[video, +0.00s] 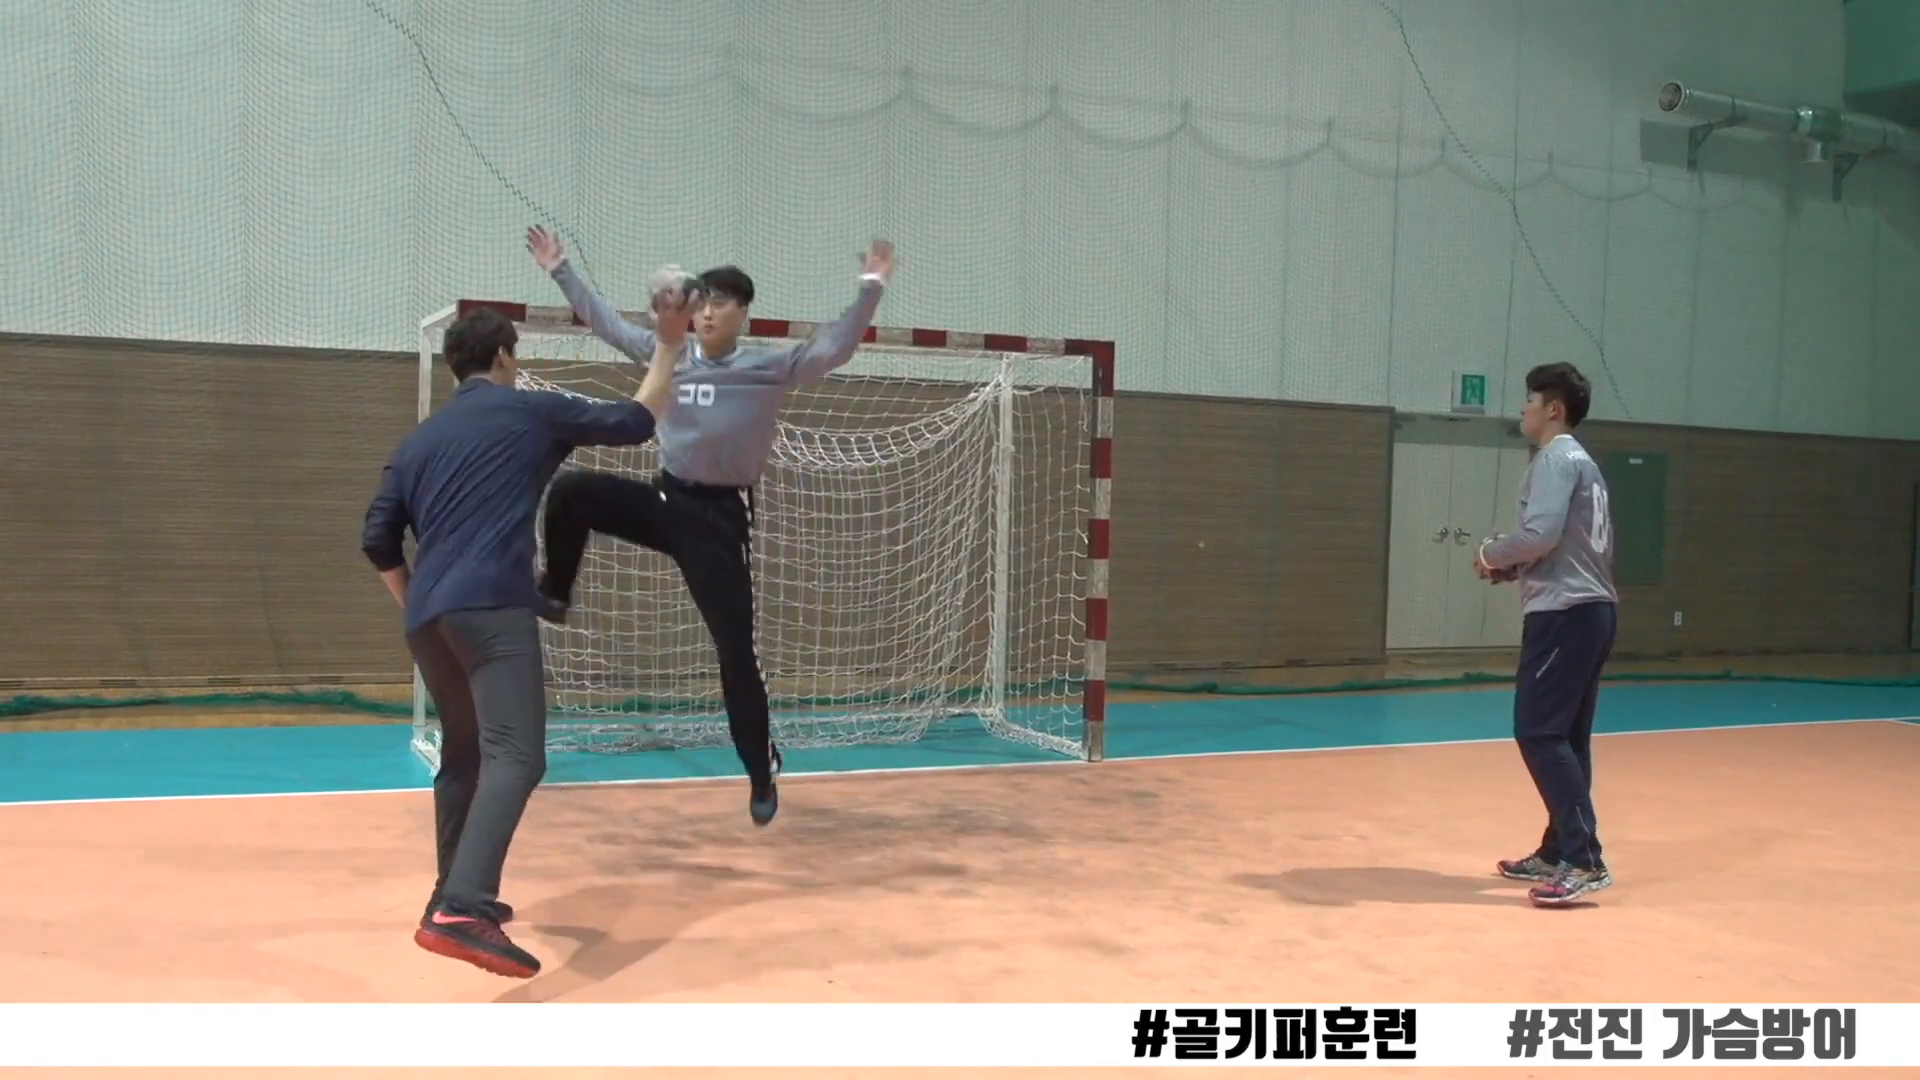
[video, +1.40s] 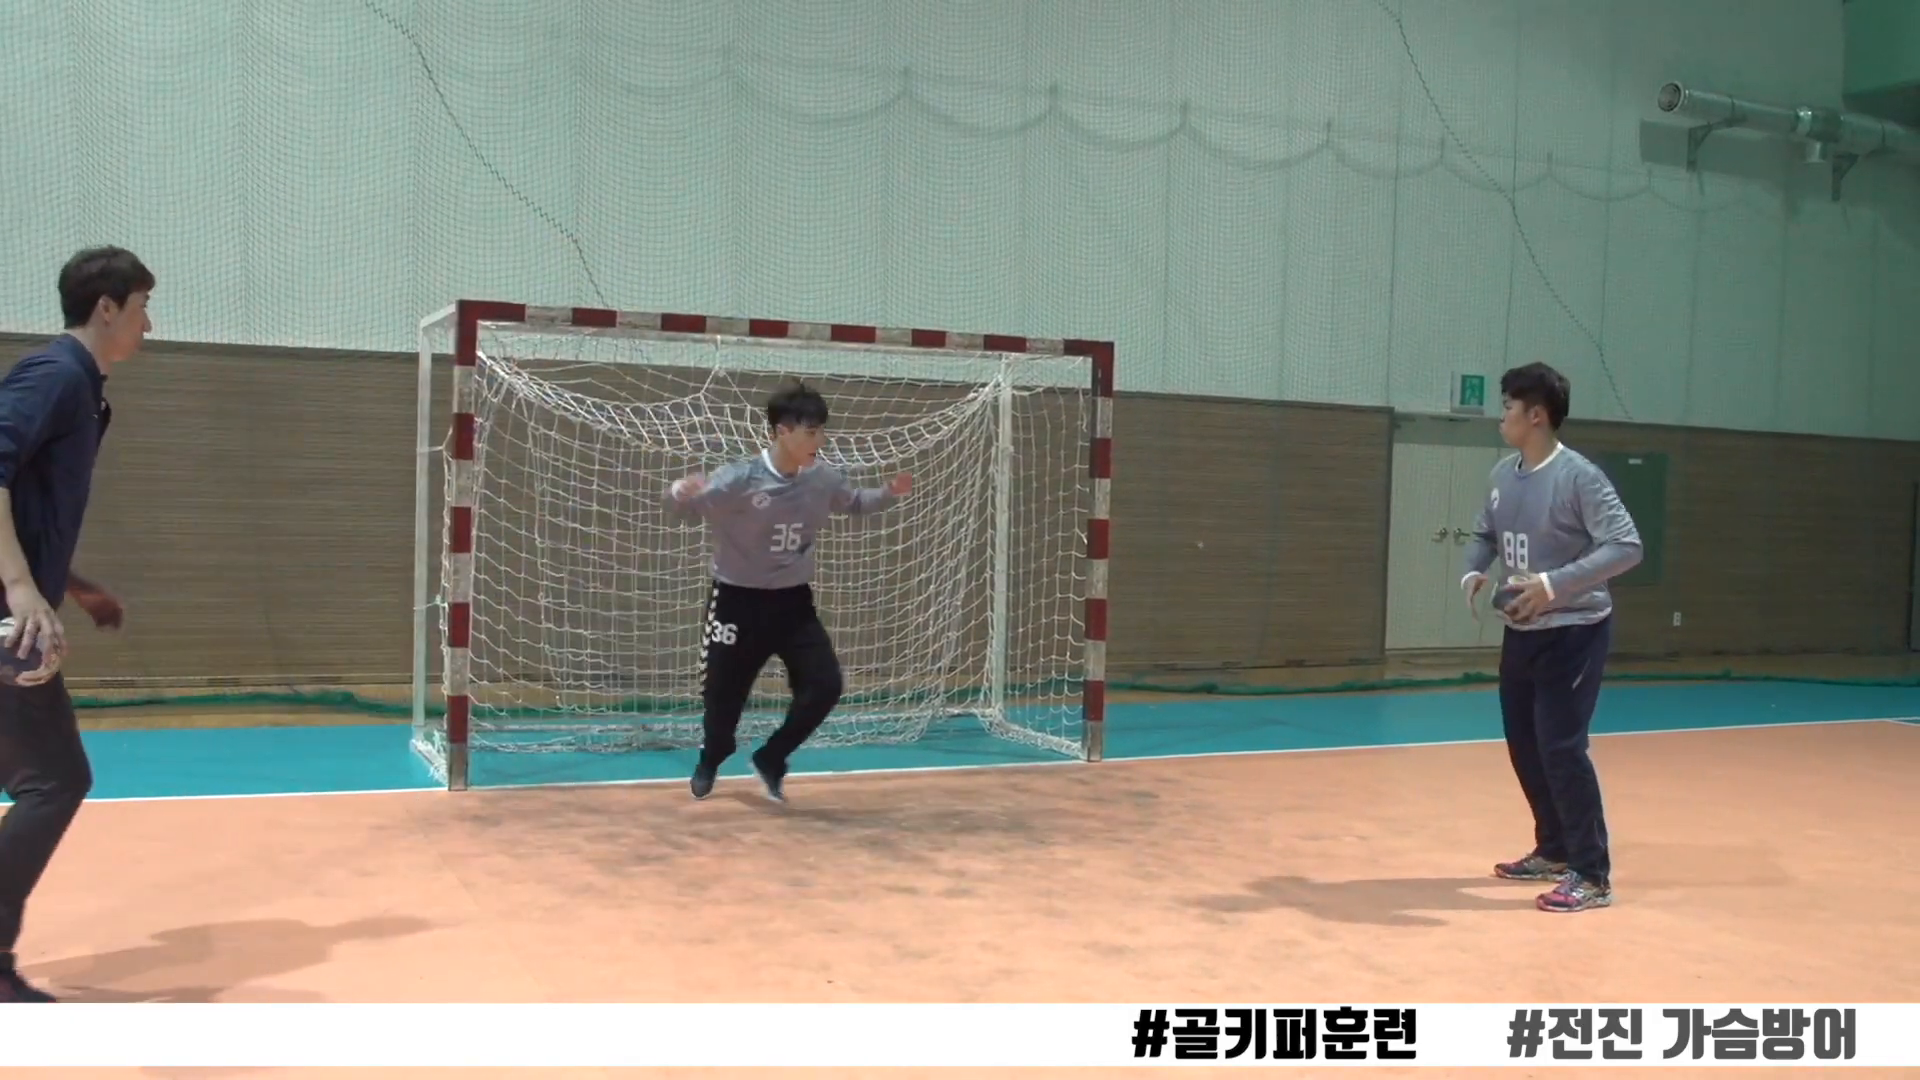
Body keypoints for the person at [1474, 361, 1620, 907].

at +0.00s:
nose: (1523, 408)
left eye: (1531, 399)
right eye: (1527, 399)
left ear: (1555, 407)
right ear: (1562, 410)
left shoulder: (1557, 456)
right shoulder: (1581, 462)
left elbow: (1541, 537)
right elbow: (1571, 551)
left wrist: (1492, 556)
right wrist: (1513, 567)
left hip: (1565, 612)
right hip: (1590, 611)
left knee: (1537, 731)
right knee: (1569, 734)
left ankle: (1584, 862)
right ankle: (1558, 852)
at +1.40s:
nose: (1501, 415)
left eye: (1509, 407)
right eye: (1503, 406)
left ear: (1538, 415)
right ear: (1526, 414)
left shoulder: (1581, 476)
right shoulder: (1505, 475)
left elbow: (1626, 547)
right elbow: (1485, 538)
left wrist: (1553, 585)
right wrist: (1476, 570)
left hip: (1574, 633)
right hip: (1522, 631)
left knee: (1561, 746)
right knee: (1525, 744)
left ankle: (1592, 877)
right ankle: (1555, 852)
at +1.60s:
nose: (1489, 421)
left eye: (1496, 413)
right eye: (1490, 412)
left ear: (1523, 418)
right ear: (1512, 418)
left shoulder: (1570, 478)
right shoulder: (1496, 480)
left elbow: (1621, 507)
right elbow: (1480, 553)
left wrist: (1626, 497)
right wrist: (1446, 603)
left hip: (1562, 634)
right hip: (1510, 632)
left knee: (1552, 746)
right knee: (1478, 721)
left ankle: (1591, 877)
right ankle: (1530, 828)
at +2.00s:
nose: (1435, 435)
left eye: (1440, 428)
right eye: (1438, 427)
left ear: (1455, 432)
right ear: (1474, 436)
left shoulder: (1456, 471)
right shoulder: (1487, 483)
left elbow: (1393, 437)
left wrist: (1381, 379)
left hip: (1484, 631)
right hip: (1478, 630)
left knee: (1508, 747)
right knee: (1432, 721)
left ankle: (1573, 863)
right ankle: (1427, 831)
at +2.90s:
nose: (1444, 421)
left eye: (1447, 412)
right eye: (1447, 413)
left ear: (1459, 414)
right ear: (1489, 420)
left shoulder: (1453, 463)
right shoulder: (1509, 481)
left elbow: (1437, 523)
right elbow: (1526, 560)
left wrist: (1397, 557)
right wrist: (1541, 628)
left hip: (1462, 608)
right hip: (1496, 611)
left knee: (1458, 731)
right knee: (1445, 726)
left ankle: (1515, 852)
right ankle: (1428, 831)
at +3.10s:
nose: (1458, 420)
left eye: (1460, 411)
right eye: (1459, 411)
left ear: (1476, 411)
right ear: (1500, 414)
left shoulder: (1486, 460)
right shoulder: (1523, 469)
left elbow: (1479, 526)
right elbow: (1548, 548)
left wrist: (1406, 562)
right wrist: (1565, 613)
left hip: (1499, 613)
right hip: (1517, 610)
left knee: (1487, 736)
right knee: (1469, 727)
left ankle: (1523, 862)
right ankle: (1447, 829)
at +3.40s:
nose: (1498, 407)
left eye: (1503, 398)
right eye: (1501, 397)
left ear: (1521, 403)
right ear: (1535, 406)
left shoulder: (1535, 457)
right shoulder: (1544, 456)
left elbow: (1551, 531)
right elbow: (1553, 533)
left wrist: (1521, 595)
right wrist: (1516, 596)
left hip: (1533, 612)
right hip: (1544, 611)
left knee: (1517, 736)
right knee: (1536, 731)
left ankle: (1524, 861)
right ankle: (1591, 841)